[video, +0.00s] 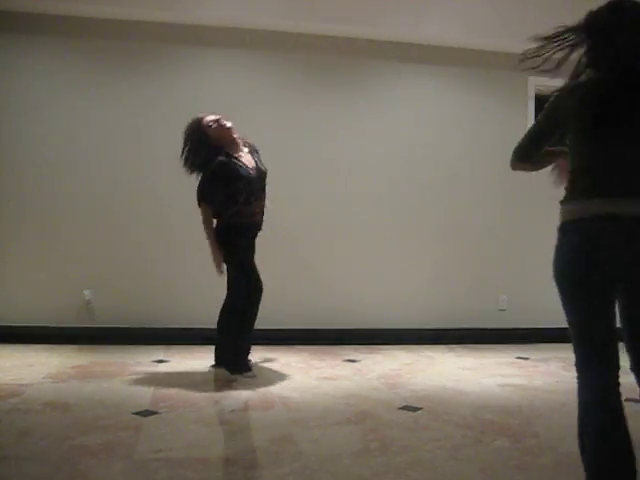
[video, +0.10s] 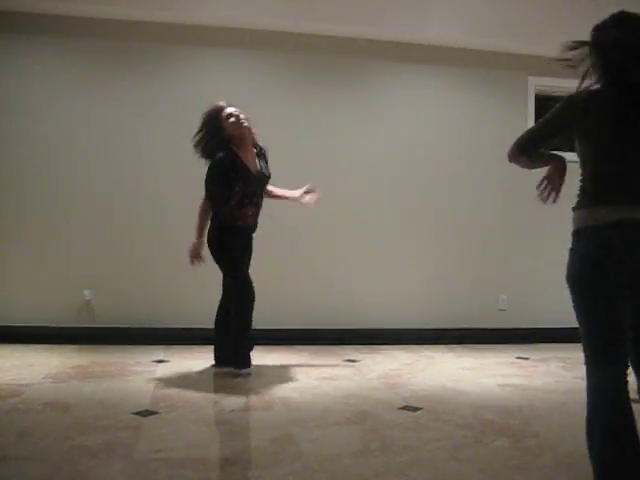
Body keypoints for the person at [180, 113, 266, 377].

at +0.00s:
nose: (221, 120)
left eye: (218, 117)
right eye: (213, 123)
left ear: (228, 124)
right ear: (210, 140)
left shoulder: (249, 150)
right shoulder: (217, 166)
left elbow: (254, 189)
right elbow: (205, 208)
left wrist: (257, 219)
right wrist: (215, 248)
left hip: (248, 232)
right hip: (231, 235)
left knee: (238, 292)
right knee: (252, 289)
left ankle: (227, 355)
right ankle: (234, 357)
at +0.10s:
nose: (239, 117)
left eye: (238, 113)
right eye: (230, 117)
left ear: (247, 119)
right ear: (224, 133)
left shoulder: (258, 152)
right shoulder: (222, 162)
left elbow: (259, 187)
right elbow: (207, 203)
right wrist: (198, 239)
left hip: (244, 236)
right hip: (224, 237)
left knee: (231, 294)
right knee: (244, 292)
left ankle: (225, 357)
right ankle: (237, 359)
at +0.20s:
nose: (250, 116)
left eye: (251, 112)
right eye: (242, 116)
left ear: (258, 119)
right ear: (234, 130)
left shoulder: (264, 157)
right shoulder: (225, 161)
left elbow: (279, 186)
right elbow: (198, 190)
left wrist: (309, 182)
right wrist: (179, 216)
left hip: (246, 234)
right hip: (220, 234)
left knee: (243, 298)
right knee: (237, 297)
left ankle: (225, 354)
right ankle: (233, 361)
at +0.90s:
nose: (260, 112)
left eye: (262, 108)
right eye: (254, 107)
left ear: (264, 113)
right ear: (238, 110)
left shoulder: (266, 147)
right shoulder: (214, 143)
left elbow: (280, 191)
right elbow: (194, 183)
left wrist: (314, 212)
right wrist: (163, 210)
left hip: (256, 230)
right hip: (222, 229)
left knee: (244, 294)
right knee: (234, 295)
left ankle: (238, 367)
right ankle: (250, 354)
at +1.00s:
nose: (262, 112)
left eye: (262, 107)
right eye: (256, 106)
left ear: (259, 111)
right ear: (238, 109)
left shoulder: (265, 143)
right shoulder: (213, 139)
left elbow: (281, 178)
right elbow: (181, 168)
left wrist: (321, 182)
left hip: (257, 228)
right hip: (224, 226)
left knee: (249, 296)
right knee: (213, 294)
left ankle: (245, 370)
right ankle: (243, 340)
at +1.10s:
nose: (257, 114)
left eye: (258, 110)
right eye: (251, 109)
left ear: (255, 116)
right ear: (235, 112)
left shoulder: (260, 146)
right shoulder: (209, 142)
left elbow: (289, 166)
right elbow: (163, 150)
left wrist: (323, 148)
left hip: (259, 232)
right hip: (227, 232)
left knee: (252, 300)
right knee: (190, 284)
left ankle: (246, 371)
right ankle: (232, 327)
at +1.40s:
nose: (244, 115)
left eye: (246, 110)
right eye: (240, 110)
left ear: (243, 113)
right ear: (223, 110)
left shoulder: (250, 136)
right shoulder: (196, 136)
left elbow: (290, 129)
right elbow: (151, 124)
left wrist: (282, 116)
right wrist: (175, 122)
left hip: (247, 226)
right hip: (213, 226)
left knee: (248, 299)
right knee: (200, 299)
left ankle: (242, 368)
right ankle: (181, 375)